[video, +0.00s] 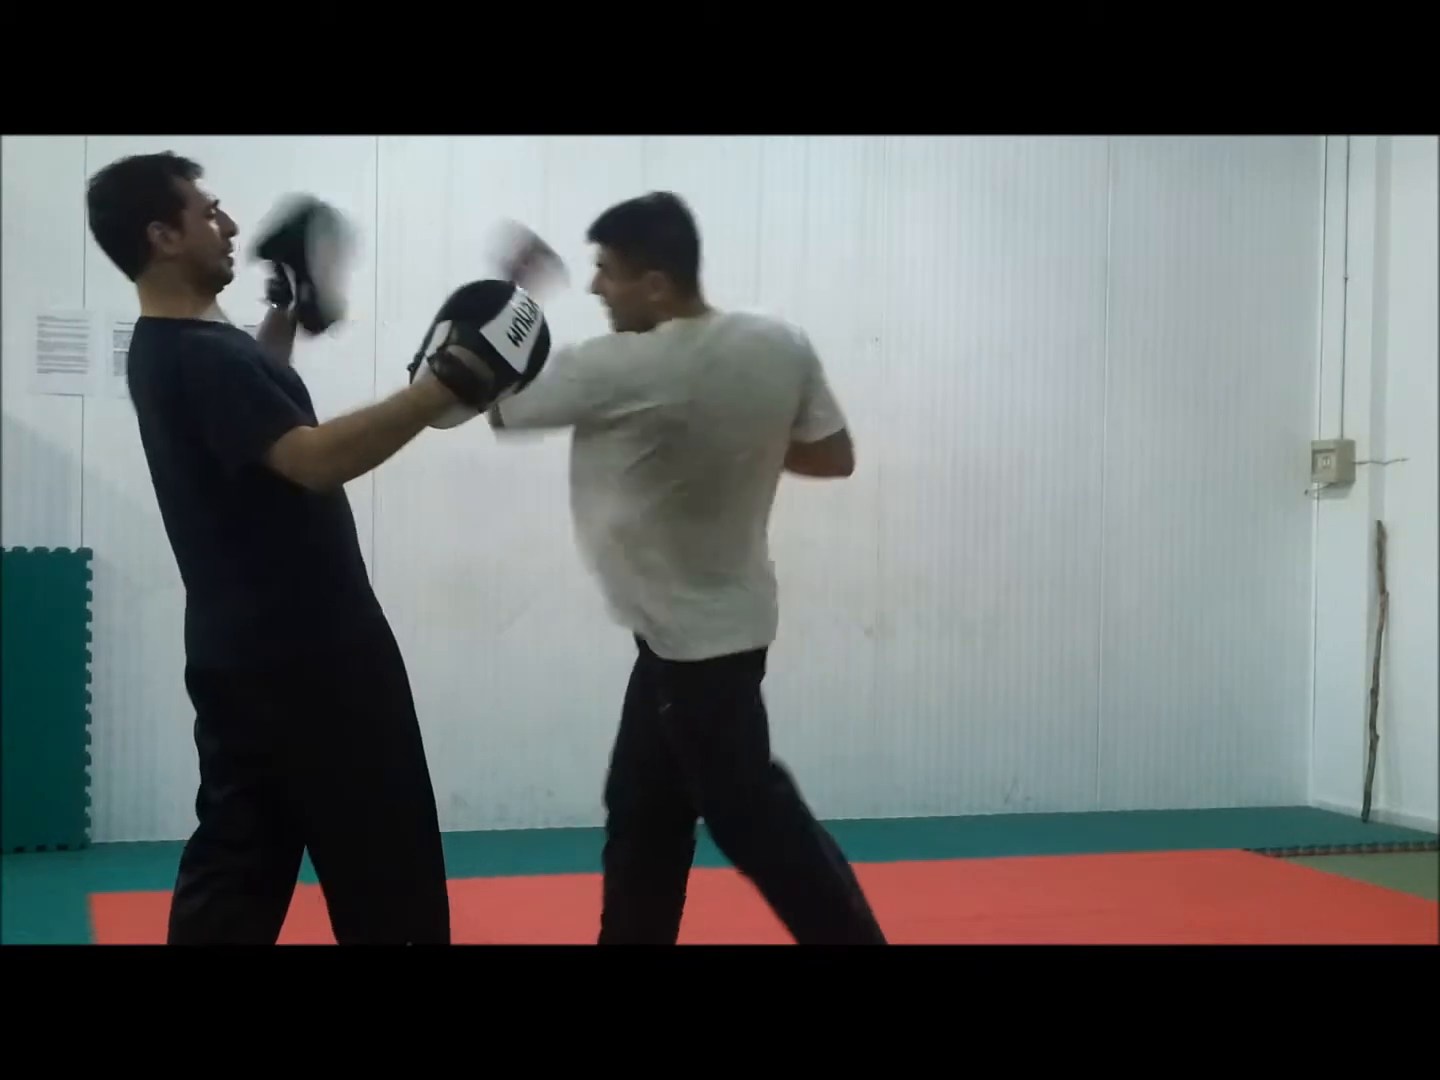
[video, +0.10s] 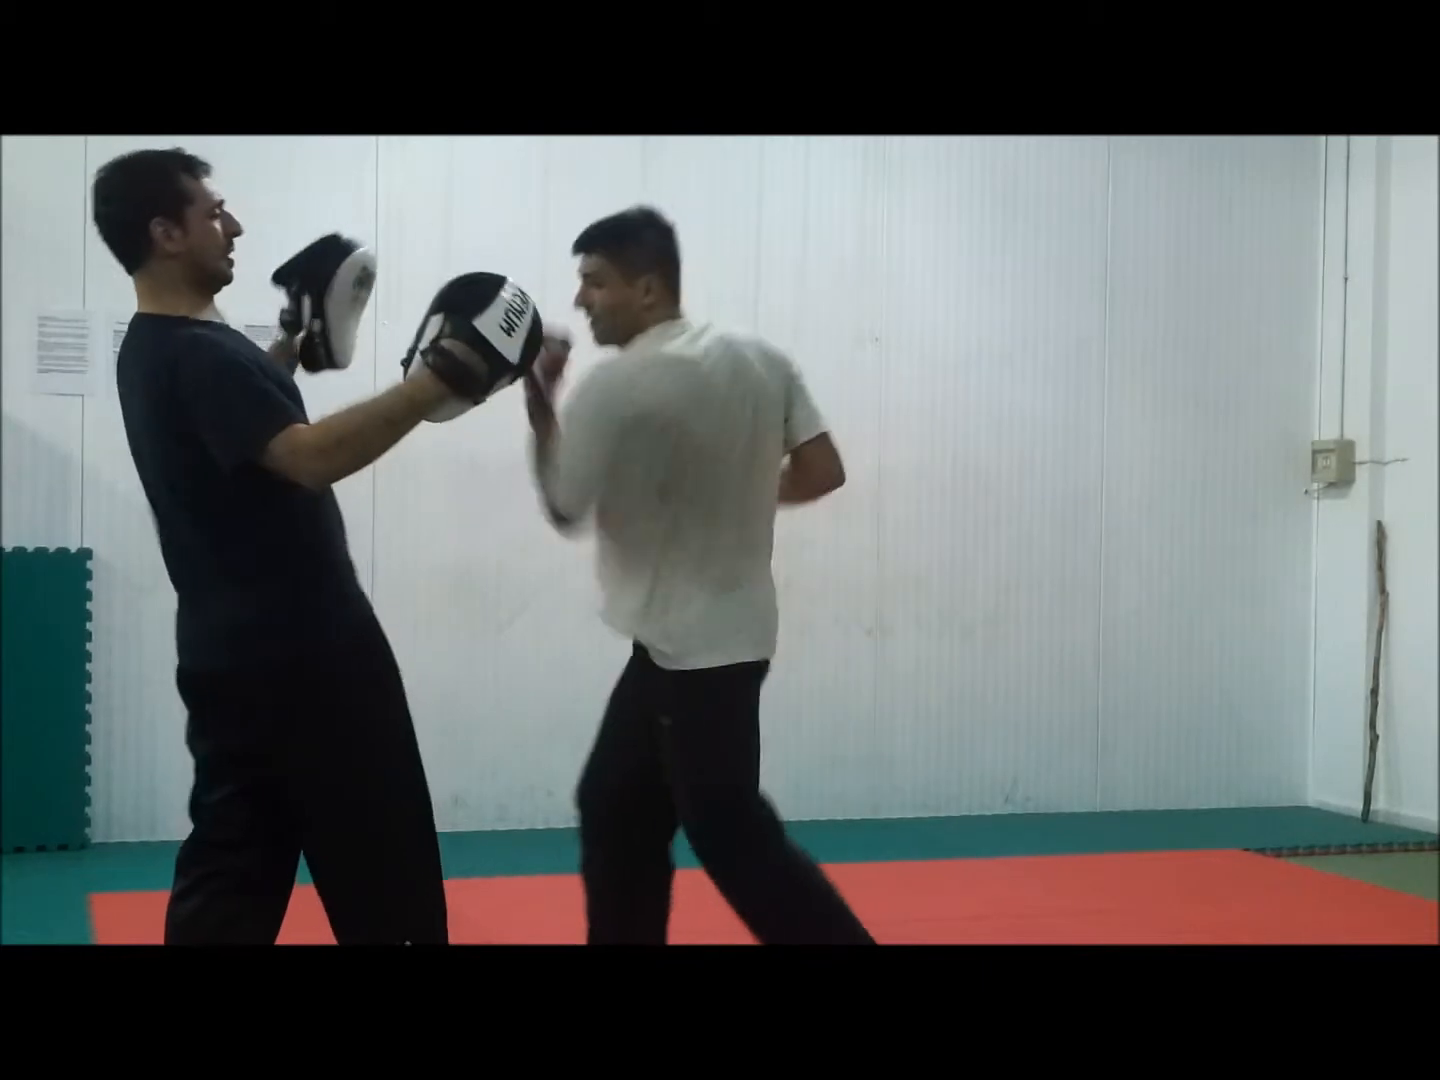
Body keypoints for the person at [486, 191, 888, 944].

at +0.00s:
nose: (596, 284)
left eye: (608, 270)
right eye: (599, 268)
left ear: (656, 280)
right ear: (668, 277)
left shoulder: (616, 366)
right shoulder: (778, 347)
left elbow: (491, 400)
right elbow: (834, 456)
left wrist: (510, 294)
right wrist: (735, 438)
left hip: (690, 638)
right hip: (729, 624)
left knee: (752, 818)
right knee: (643, 817)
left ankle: (851, 939)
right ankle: (632, 943)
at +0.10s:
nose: (580, 300)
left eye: (594, 281)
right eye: (581, 283)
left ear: (648, 284)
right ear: (659, 287)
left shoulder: (612, 386)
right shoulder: (756, 360)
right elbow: (821, 471)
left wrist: (541, 401)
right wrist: (729, 490)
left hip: (683, 649)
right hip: (736, 635)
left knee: (725, 825)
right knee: (614, 809)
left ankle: (843, 942)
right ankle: (625, 945)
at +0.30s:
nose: (668, 293)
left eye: (685, 276)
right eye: (662, 276)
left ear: (728, 281)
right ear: (656, 281)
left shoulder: (784, 381)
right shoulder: (654, 365)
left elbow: (743, 518)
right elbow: (673, 467)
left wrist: (728, 396)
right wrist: (589, 463)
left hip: (756, 652)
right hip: (651, 649)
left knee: (796, 849)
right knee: (594, 845)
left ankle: (857, 942)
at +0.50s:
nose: (789, 316)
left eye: (813, 302)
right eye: (783, 295)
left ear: (855, 310)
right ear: (773, 291)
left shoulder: (869, 399)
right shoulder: (721, 358)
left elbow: (844, 538)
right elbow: (604, 426)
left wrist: (846, 427)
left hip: (806, 659)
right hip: (687, 648)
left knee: (854, 839)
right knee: (638, 850)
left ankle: (894, 946)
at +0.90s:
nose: (778, 218)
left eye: (798, 202)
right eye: (773, 202)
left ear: (851, 211)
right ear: (770, 210)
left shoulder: (913, 323)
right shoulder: (745, 304)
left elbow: (951, 462)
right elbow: (712, 408)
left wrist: (861, 396)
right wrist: (721, 437)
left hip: (864, 603)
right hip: (752, 593)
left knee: (881, 812)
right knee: (717, 790)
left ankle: (904, 942)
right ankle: (717, 938)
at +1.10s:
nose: (735, 317)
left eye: (750, 298)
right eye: (731, 300)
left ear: (803, 296)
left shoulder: (876, 387)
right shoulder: (770, 396)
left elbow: (849, 535)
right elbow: (758, 533)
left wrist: (796, 439)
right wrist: (718, 453)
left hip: (877, 661)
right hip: (789, 654)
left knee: (907, 862)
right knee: (689, 806)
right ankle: (686, 945)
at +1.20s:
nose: (671, 341)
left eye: (681, 320)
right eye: (668, 325)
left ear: (731, 312)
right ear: (733, 319)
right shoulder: (780, 383)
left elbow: (762, 531)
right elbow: (764, 521)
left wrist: (688, 467)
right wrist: (688, 457)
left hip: (831, 660)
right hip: (774, 660)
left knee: (869, 849)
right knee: (683, 820)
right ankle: (641, 941)